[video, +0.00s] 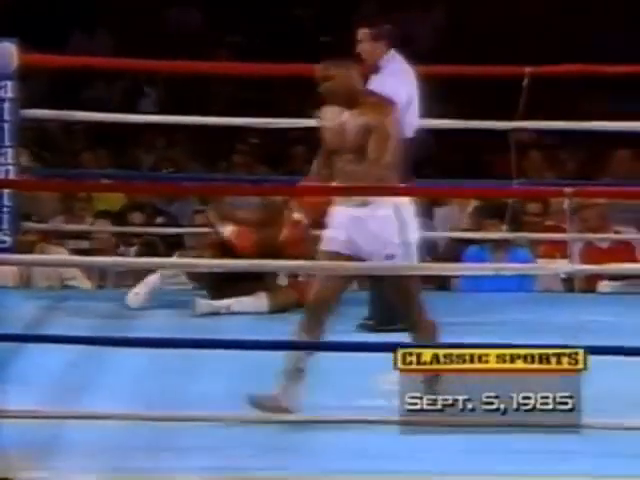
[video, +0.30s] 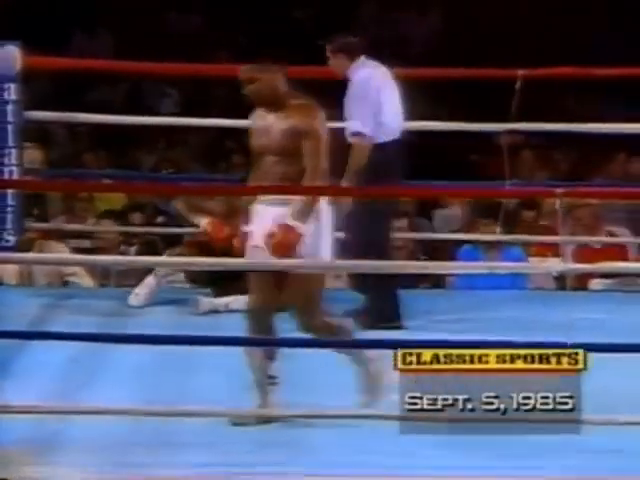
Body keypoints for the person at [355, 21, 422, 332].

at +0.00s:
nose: (358, 49)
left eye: (363, 42)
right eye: (358, 42)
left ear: (382, 43)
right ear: (377, 43)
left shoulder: (388, 80)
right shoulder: (394, 68)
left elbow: (373, 121)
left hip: (395, 148)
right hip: (401, 143)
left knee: (383, 225)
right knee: (382, 225)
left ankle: (387, 310)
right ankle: (385, 307)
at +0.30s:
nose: (330, 66)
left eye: (331, 59)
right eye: (329, 60)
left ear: (343, 57)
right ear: (354, 53)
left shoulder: (361, 82)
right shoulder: (378, 72)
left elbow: (362, 139)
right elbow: (388, 123)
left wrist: (348, 178)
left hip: (376, 152)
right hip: (391, 147)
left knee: (367, 230)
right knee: (372, 228)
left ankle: (382, 308)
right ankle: (379, 301)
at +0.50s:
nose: (307, 82)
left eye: (307, 76)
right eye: (305, 76)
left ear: (317, 70)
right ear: (331, 65)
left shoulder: (333, 91)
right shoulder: (361, 79)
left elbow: (341, 149)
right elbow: (377, 123)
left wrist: (316, 169)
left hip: (364, 155)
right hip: (384, 149)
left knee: (358, 230)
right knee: (355, 225)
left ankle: (381, 309)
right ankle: (336, 292)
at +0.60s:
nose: (293, 96)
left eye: (294, 89)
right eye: (292, 89)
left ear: (305, 87)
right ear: (317, 83)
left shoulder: (325, 104)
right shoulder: (345, 95)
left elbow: (323, 164)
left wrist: (293, 164)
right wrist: (299, 159)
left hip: (357, 167)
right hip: (376, 161)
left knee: (332, 236)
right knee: (341, 231)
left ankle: (364, 294)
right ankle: (339, 294)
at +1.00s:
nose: (293, 123)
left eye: (292, 117)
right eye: (290, 117)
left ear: (301, 111)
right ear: (312, 105)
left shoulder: (320, 125)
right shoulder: (342, 112)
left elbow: (314, 178)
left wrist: (284, 172)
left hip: (363, 182)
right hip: (383, 174)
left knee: (329, 240)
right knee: (347, 235)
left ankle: (333, 308)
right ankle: (359, 289)